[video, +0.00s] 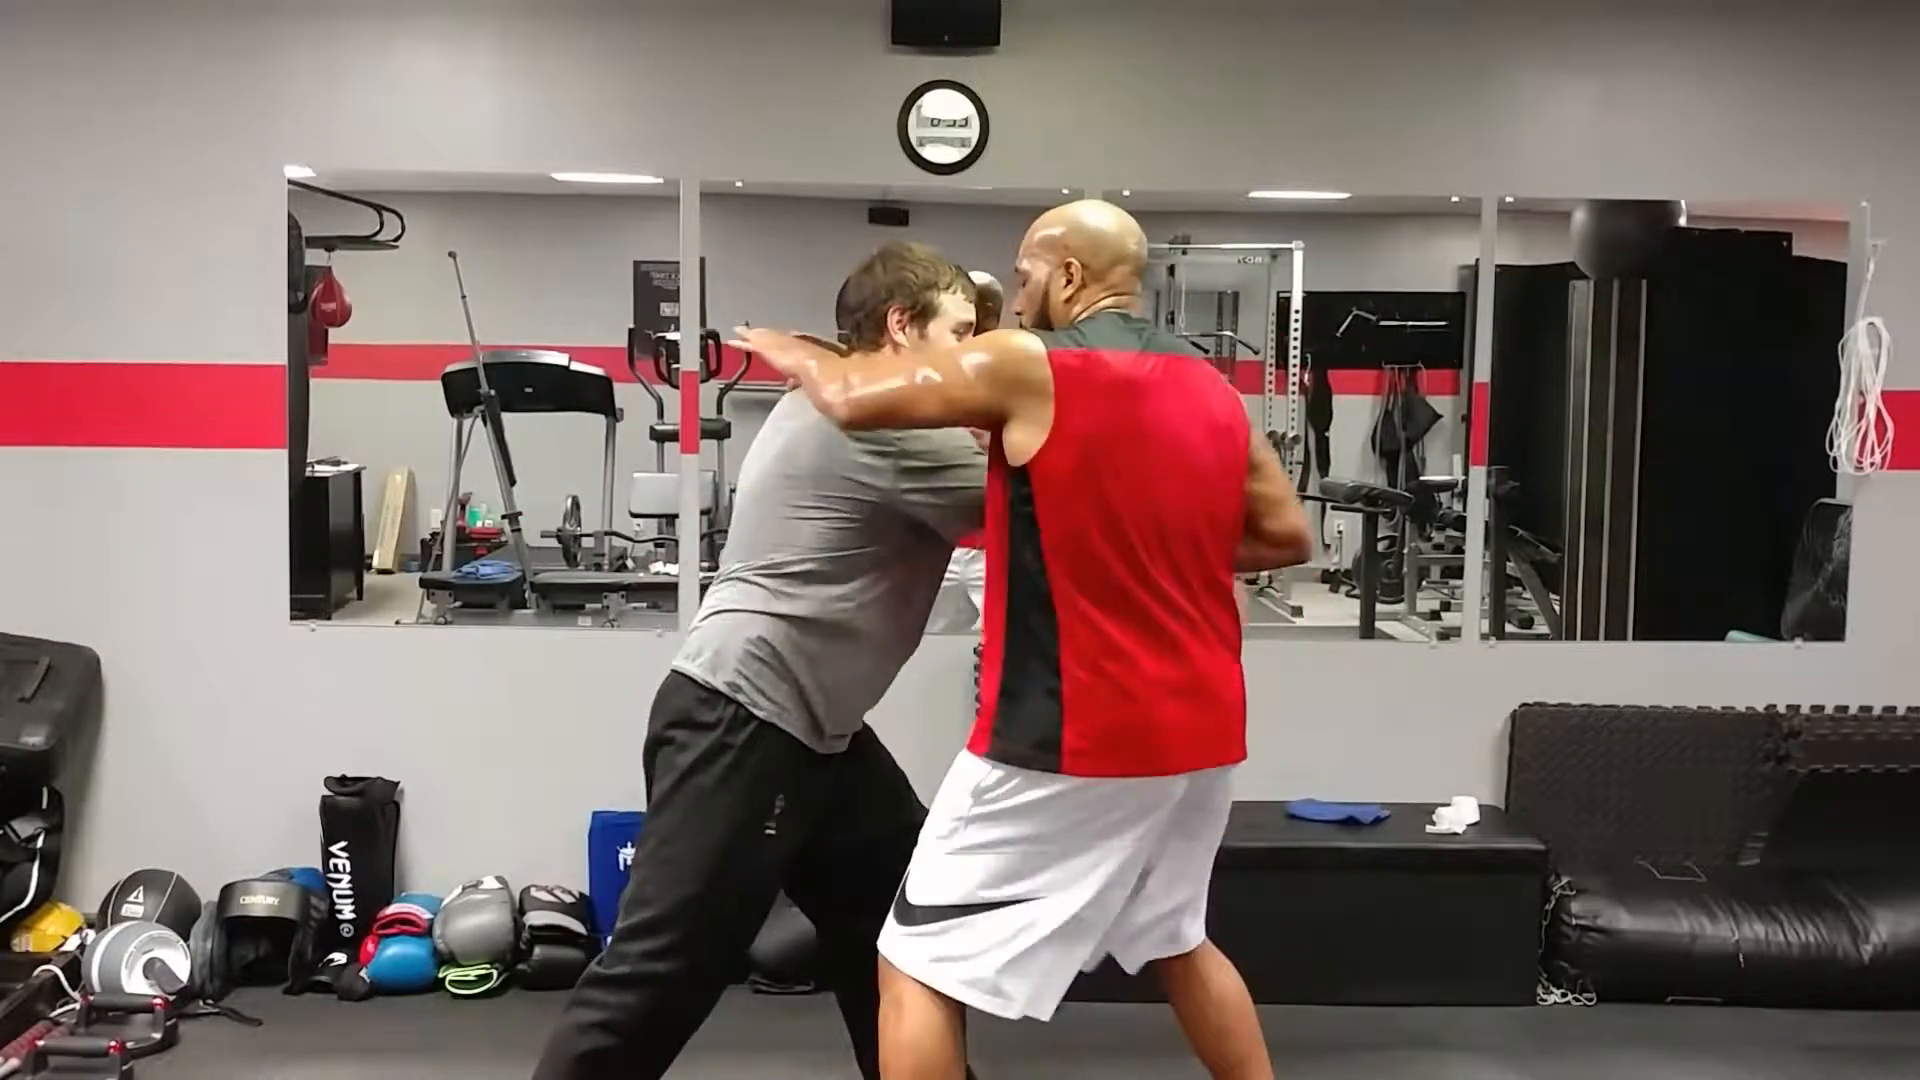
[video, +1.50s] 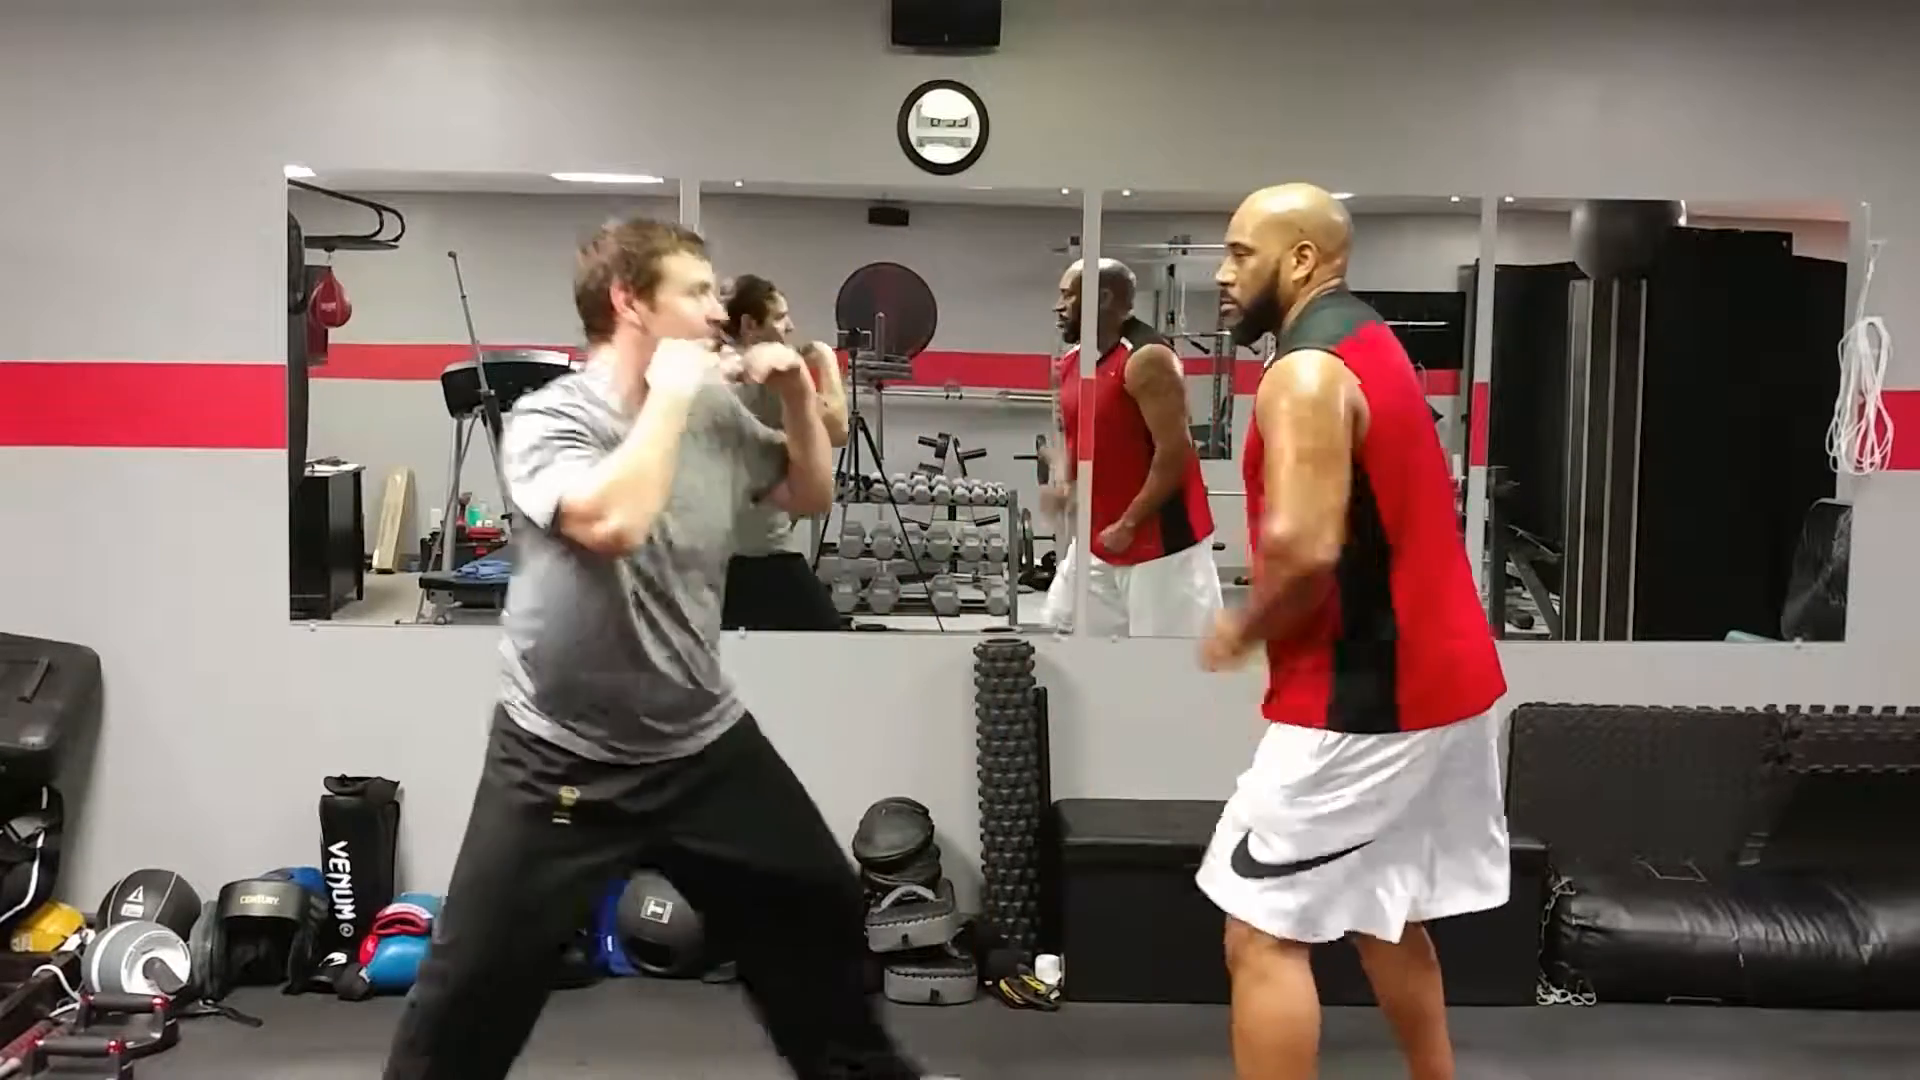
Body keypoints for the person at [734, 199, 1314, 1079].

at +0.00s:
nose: (1013, 288)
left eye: (1023, 272)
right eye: (1016, 272)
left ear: (1067, 275)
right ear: (1127, 280)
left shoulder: (1023, 359)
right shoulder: (1212, 388)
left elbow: (853, 396)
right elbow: (1285, 533)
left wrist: (796, 353)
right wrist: (1166, 550)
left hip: (1060, 728)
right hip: (1204, 722)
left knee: (915, 963)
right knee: (1178, 938)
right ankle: (1256, 1079)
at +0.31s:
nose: (1018, 289)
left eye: (1027, 273)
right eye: (1021, 273)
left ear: (1069, 273)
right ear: (1134, 279)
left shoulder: (1021, 374)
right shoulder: (1231, 393)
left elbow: (855, 420)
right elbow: (1327, 530)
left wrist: (825, 354)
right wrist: (1194, 537)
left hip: (1052, 738)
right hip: (1201, 733)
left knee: (919, 964)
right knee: (1185, 949)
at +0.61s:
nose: (1100, 268)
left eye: (1110, 249)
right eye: (1101, 250)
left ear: (1163, 247)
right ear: (1201, 253)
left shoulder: (1130, 355)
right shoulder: (1298, 359)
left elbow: (963, 433)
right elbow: (1378, 506)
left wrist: (841, 389)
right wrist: (1270, 549)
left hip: (1165, 699)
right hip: (1299, 694)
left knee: (1014, 937)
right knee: (1222, 925)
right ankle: (1276, 1075)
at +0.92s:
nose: (1146, 252)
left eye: (1161, 230)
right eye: (1149, 231)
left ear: (1223, 233)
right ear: (1240, 238)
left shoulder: (1218, 344)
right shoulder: (1313, 327)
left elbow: (1078, 459)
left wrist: (922, 492)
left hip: (1254, 691)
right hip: (1341, 679)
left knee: (1169, 935)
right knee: (1266, 925)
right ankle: (1286, 1078)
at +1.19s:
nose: (1178, 282)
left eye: (1194, 262)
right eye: (1179, 262)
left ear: (1260, 265)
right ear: (1269, 268)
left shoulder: (1284, 383)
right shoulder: (1328, 351)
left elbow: (1298, 576)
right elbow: (1345, 543)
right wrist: (1242, 641)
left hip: (1313, 724)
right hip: (1386, 708)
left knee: (1210, 948)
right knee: (1358, 927)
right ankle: (1421, 1071)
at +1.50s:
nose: (1225, 272)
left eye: (1242, 254)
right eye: (1228, 253)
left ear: (1305, 262)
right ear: (1316, 264)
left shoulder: (1310, 369)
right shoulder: (1365, 344)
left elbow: (1305, 549)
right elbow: (1384, 526)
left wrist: (1245, 626)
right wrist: (1283, 613)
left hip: (1360, 697)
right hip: (1436, 685)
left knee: (1260, 927)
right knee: (1383, 907)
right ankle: (1435, 1071)